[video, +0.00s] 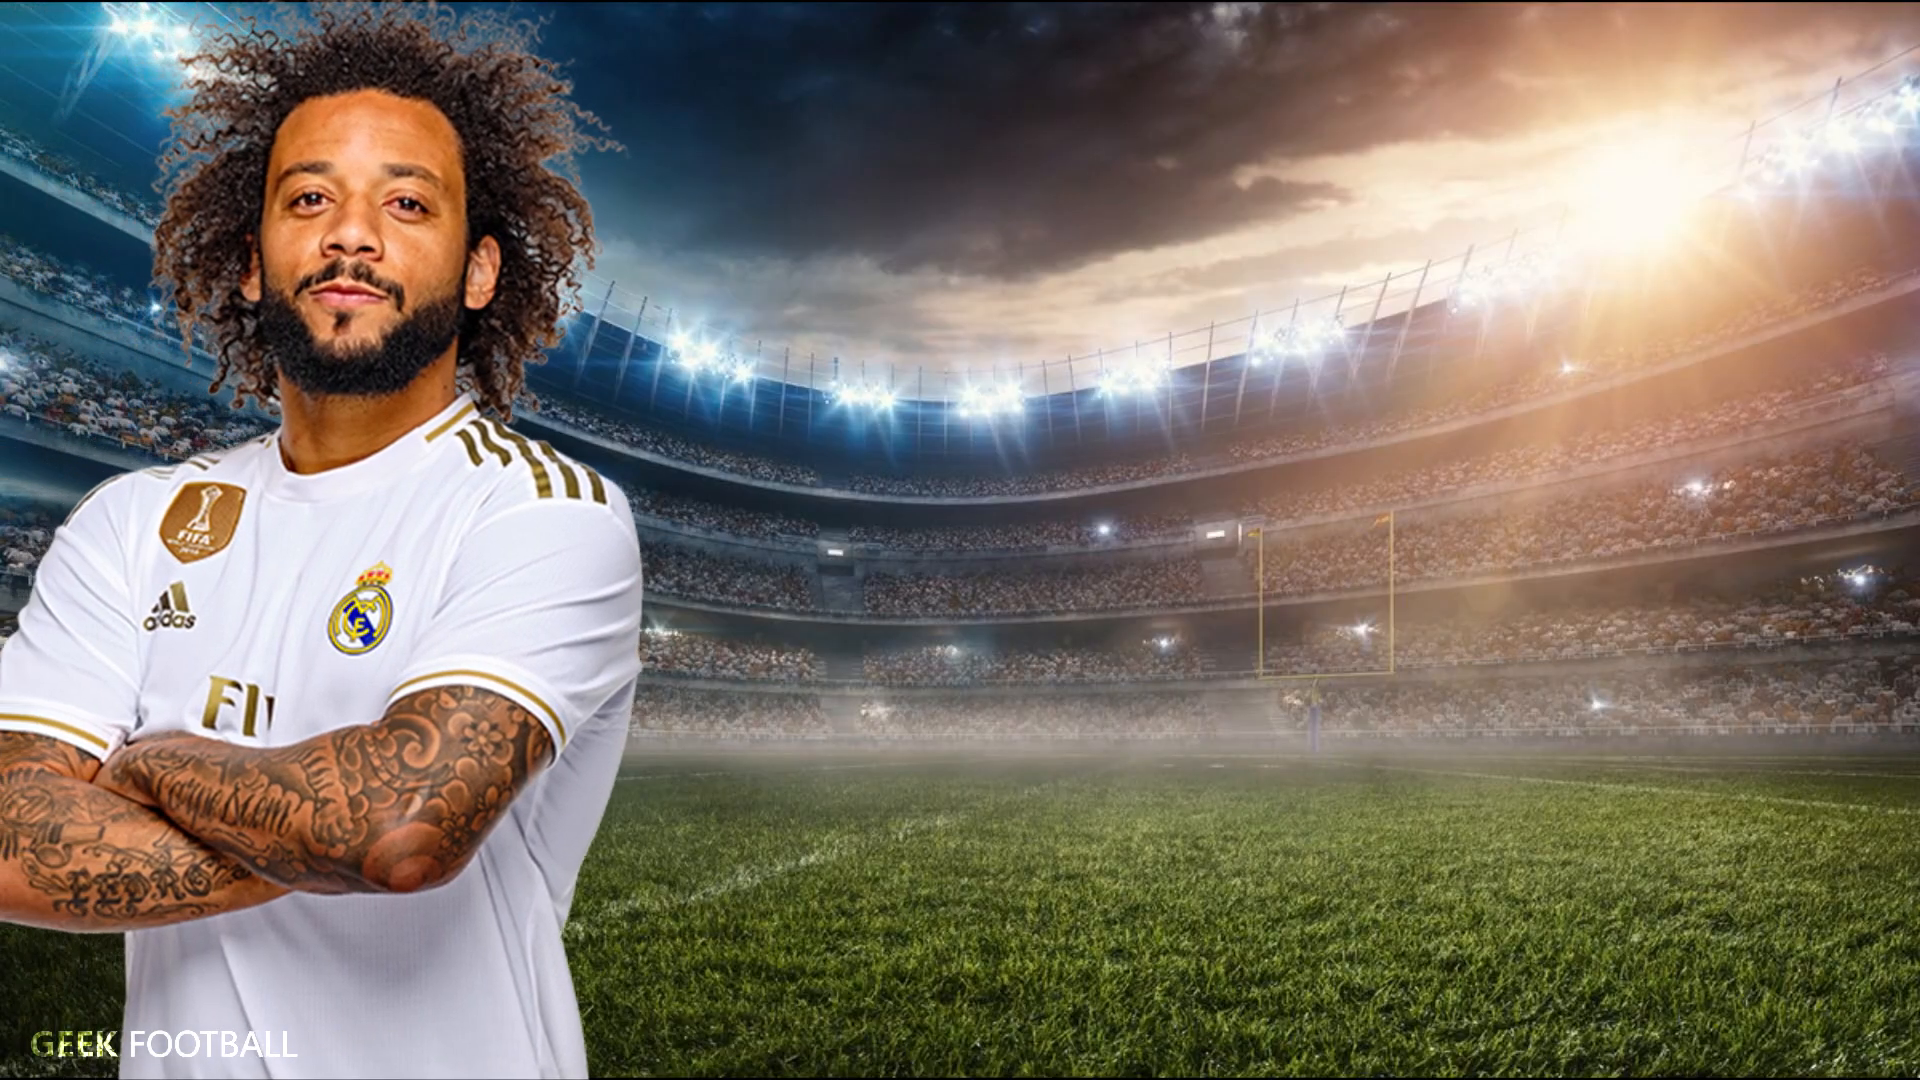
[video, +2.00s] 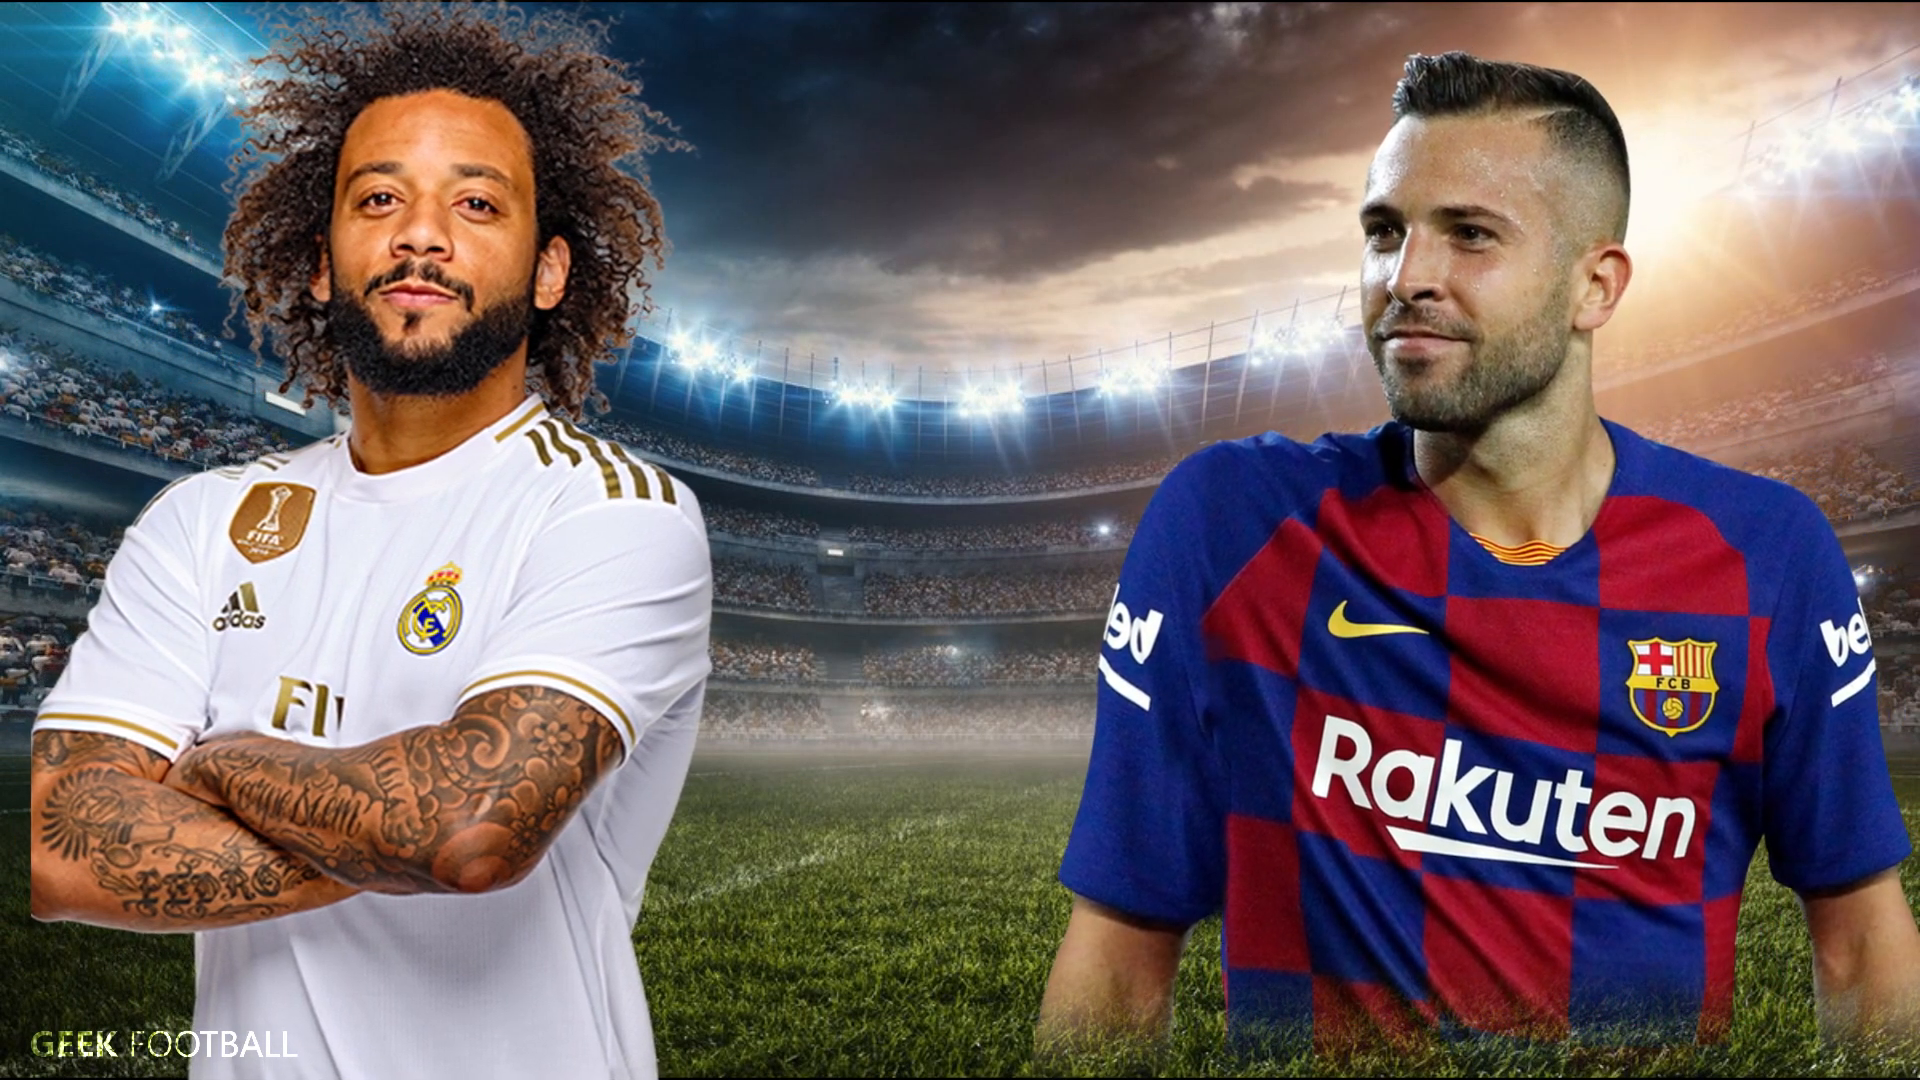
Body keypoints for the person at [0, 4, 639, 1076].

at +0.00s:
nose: (350, 238)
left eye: (406, 202)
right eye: (308, 200)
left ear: (476, 271)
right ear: (256, 259)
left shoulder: (552, 518)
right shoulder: (130, 521)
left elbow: (403, 824)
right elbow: (15, 853)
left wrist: (147, 761)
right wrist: (322, 829)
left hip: (459, 1064)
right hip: (181, 1063)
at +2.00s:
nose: (422, 238)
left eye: (478, 204)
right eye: (379, 199)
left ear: (546, 273)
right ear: (325, 260)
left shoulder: (621, 518)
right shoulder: (201, 522)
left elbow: (475, 825)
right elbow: (73, 856)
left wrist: (210, 761)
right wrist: (396, 829)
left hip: (531, 1063)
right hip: (252, 1062)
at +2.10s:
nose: (421, 238)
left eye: (476, 204)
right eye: (378, 199)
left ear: (545, 273)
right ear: (324, 260)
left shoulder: (619, 518)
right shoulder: (199, 522)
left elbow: (474, 825)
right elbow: (72, 856)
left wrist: (209, 760)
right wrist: (395, 828)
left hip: (531, 1063)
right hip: (251, 1062)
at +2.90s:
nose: (408, 238)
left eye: (464, 204)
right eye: (364, 199)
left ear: (532, 273)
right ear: (311, 260)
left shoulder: (606, 517)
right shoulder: (186, 523)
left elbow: (462, 824)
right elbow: (54, 854)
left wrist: (196, 761)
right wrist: (380, 830)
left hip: (517, 1064)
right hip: (237, 1062)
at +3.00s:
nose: (406, 238)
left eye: (461, 203)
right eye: (362, 199)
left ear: (529, 273)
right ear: (309, 260)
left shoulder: (603, 517)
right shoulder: (184, 523)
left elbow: (460, 824)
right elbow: (51, 853)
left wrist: (193, 761)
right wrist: (378, 829)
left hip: (515, 1064)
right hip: (234, 1063)